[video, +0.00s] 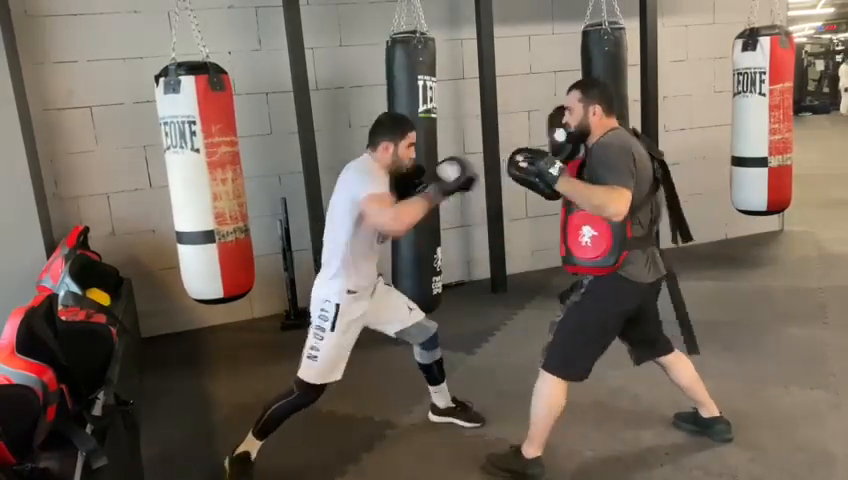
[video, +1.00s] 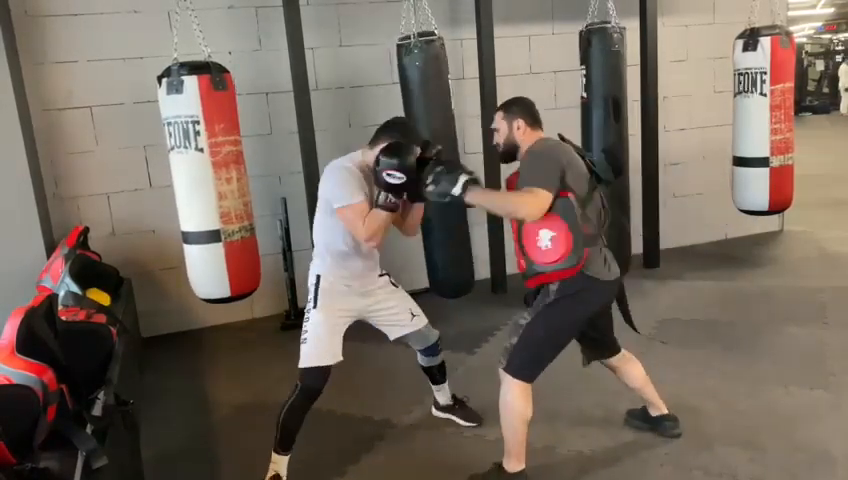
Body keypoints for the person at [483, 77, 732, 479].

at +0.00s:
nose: (567, 119)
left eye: (571, 110)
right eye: (566, 111)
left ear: (595, 110)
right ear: (603, 112)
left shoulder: (609, 148)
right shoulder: (629, 144)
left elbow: (616, 204)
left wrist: (556, 178)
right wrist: (569, 158)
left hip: (615, 278)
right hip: (644, 274)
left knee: (557, 364)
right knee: (660, 348)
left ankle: (529, 454)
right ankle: (712, 415)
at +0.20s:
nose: (531, 114)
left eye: (533, 106)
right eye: (530, 106)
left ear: (552, 106)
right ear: (569, 106)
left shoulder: (566, 143)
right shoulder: (593, 137)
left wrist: (509, 151)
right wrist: (532, 149)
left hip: (582, 273)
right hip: (621, 268)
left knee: (527, 357)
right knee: (644, 338)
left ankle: (527, 455)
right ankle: (692, 405)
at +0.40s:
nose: (509, 128)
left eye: (511, 120)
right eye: (508, 120)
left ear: (532, 119)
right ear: (547, 119)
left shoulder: (526, 153)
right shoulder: (584, 147)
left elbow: (471, 195)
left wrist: (443, 173)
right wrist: (512, 215)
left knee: (513, 361)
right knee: (629, 344)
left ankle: (524, 455)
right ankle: (661, 413)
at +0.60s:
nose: (525, 121)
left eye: (528, 113)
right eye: (524, 114)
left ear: (549, 112)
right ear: (556, 112)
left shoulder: (577, 151)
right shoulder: (565, 148)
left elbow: (589, 214)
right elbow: (541, 205)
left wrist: (532, 247)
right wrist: (501, 177)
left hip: (582, 279)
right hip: (604, 273)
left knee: (522, 358)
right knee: (616, 345)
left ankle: (526, 452)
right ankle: (663, 412)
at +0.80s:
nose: (524, 130)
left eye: (526, 123)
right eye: (523, 123)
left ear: (545, 119)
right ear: (563, 120)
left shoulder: (541, 149)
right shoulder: (594, 147)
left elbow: (501, 189)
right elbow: (622, 198)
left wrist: (431, 194)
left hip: (577, 273)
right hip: (621, 271)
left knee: (520, 362)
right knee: (625, 341)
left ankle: (514, 462)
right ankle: (664, 413)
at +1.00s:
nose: (493, 136)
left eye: (497, 128)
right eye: (493, 129)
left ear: (519, 125)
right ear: (529, 125)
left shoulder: (542, 153)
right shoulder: (560, 150)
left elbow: (531, 206)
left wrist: (465, 189)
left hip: (577, 284)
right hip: (598, 276)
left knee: (516, 372)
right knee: (610, 352)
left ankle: (513, 466)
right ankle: (660, 413)